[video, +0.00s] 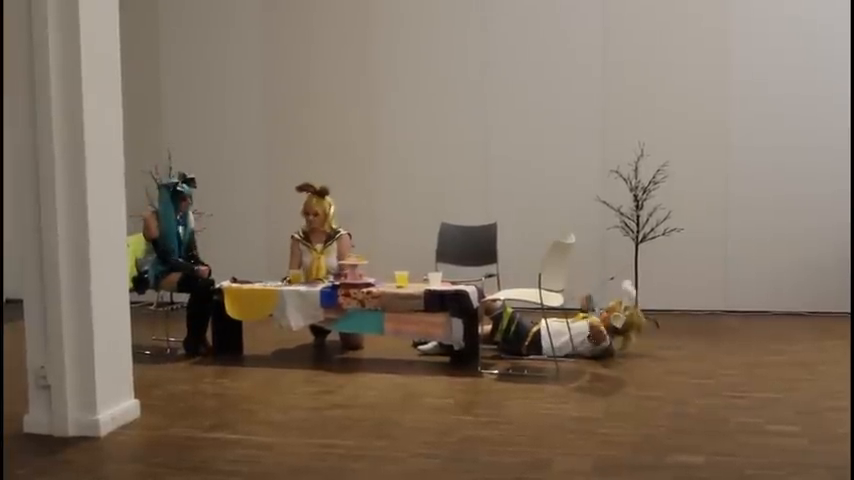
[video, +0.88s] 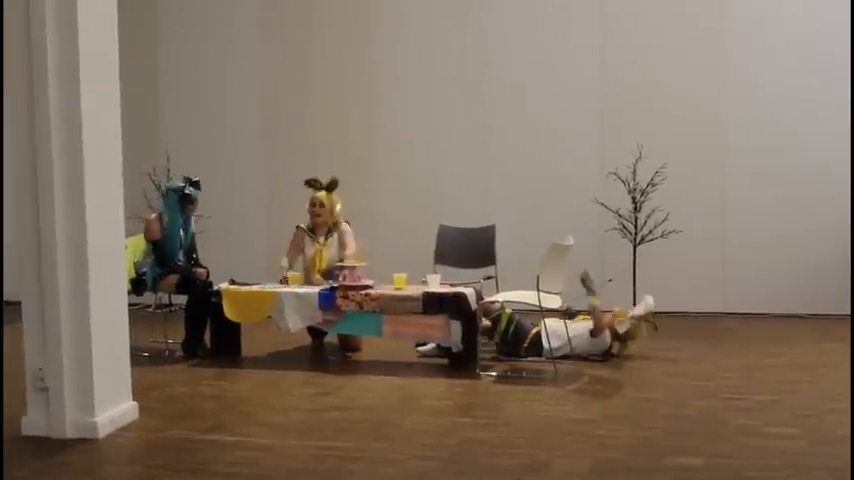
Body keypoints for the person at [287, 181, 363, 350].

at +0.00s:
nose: (310, 219)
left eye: (315, 214)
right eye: (306, 214)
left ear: (327, 214)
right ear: (302, 214)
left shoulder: (340, 237)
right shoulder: (298, 239)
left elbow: (346, 270)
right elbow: (293, 272)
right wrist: (294, 283)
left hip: (337, 292)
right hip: (309, 294)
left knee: (354, 343)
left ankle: (346, 334)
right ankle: (319, 337)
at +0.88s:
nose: (315, 209)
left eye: (321, 205)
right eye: (312, 205)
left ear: (332, 209)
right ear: (308, 207)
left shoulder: (342, 229)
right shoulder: (302, 231)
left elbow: (348, 258)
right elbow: (289, 259)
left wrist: (335, 273)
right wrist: (285, 275)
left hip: (339, 291)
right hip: (309, 293)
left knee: (353, 345)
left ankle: (344, 339)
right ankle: (317, 340)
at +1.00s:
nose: (315, 207)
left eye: (321, 204)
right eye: (313, 203)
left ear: (332, 207)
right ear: (311, 205)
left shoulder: (338, 228)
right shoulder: (305, 225)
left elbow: (351, 226)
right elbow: (273, 224)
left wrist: (353, 223)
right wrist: (283, 247)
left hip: (339, 288)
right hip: (310, 288)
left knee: (354, 345)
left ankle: (344, 338)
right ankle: (317, 338)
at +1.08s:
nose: (311, 207)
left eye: (316, 203)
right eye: (311, 203)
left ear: (330, 207)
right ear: (311, 205)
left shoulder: (341, 227)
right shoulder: (308, 223)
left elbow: (353, 202)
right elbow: (286, 195)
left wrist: (350, 197)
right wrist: (283, 208)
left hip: (339, 293)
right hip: (311, 293)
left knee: (352, 345)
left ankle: (344, 340)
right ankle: (317, 341)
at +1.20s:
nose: (308, 208)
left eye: (313, 204)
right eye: (308, 203)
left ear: (326, 207)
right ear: (308, 206)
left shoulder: (337, 229)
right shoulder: (308, 226)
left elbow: (344, 193)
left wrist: (351, 162)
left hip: (336, 298)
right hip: (308, 298)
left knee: (350, 345)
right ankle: (318, 335)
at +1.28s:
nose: (306, 208)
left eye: (311, 203)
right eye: (306, 203)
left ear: (324, 207)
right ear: (306, 207)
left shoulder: (337, 231)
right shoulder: (305, 230)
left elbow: (349, 193)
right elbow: (297, 203)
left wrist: (361, 165)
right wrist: (295, 175)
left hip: (337, 298)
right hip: (310, 299)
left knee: (352, 345)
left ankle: (345, 334)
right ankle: (317, 338)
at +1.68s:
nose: (315, 216)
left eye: (320, 211)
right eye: (311, 211)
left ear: (328, 214)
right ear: (304, 214)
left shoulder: (336, 233)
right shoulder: (303, 236)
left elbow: (357, 205)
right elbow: (283, 204)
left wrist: (382, 184)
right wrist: (280, 177)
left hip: (339, 296)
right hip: (310, 297)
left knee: (351, 346)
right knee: (295, 300)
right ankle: (316, 339)